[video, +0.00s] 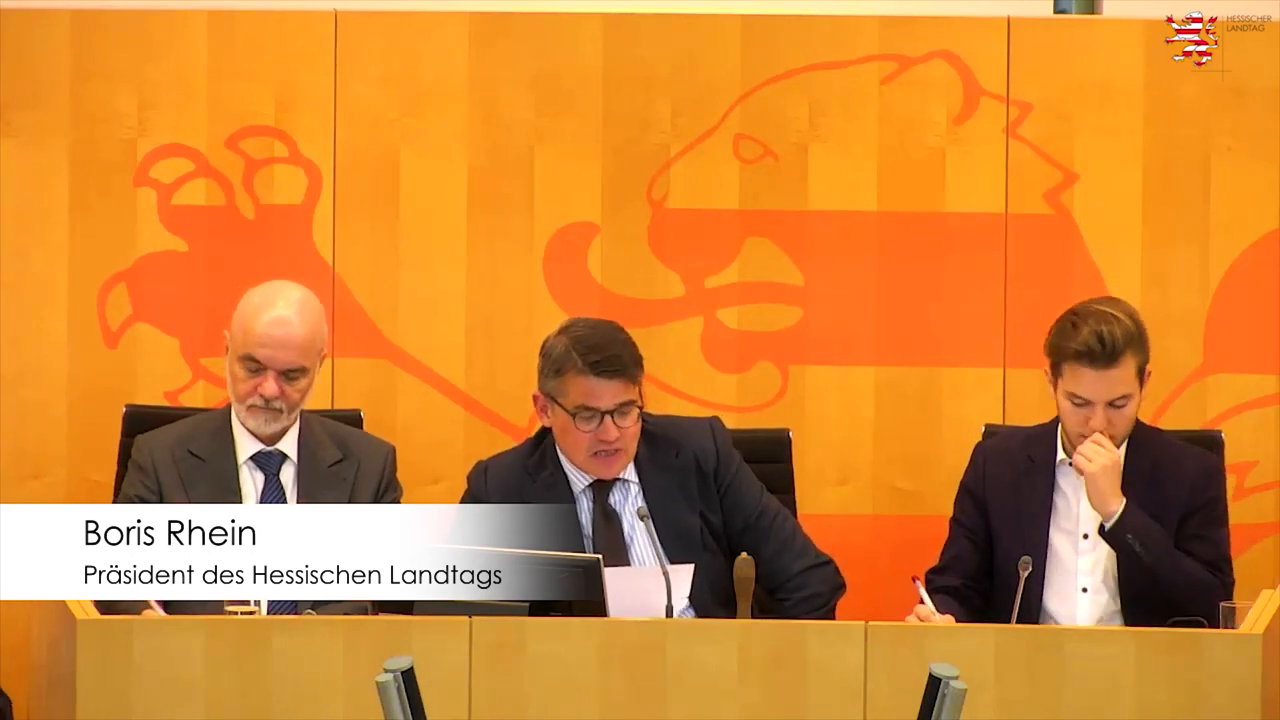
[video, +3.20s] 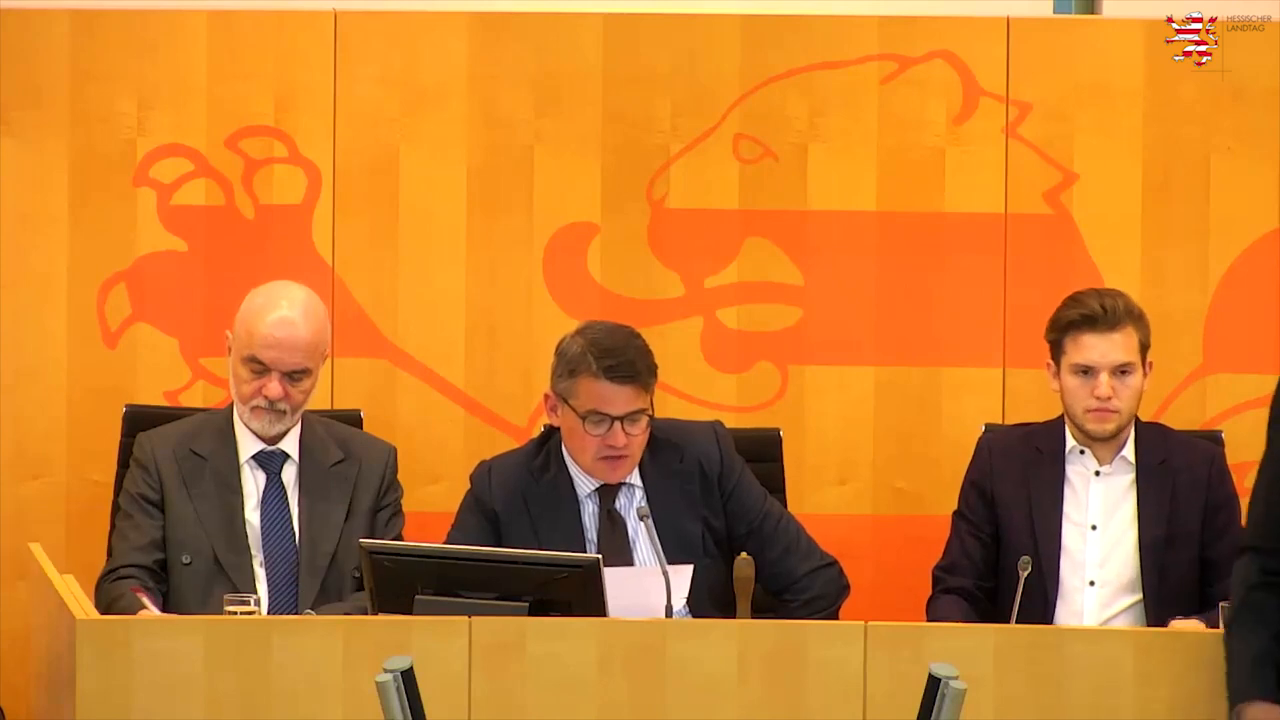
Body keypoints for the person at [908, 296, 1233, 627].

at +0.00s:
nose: (1098, 424)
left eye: (1119, 403)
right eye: (1079, 402)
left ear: (1143, 383)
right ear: (1052, 381)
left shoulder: (1191, 473)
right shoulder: (997, 460)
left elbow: (1211, 609)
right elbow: (955, 585)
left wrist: (1116, 509)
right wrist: (940, 618)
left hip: (1147, 677)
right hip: (1021, 672)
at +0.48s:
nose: (1113, 410)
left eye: (1129, 386)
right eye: (1091, 391)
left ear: (1146, 377)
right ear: (1056, 387)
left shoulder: (1205, 474)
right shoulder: (1008, 463)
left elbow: (1233, 606)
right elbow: (967, 586)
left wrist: (1122, 559)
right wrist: (940, 617)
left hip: (1154, 677)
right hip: (1027, 673)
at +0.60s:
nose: (1115, 406)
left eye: (1129, 382)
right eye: (1092, 387)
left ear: (1145, 374)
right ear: (1055, 387)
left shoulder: (1205, 472)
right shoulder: (1009, 464)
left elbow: (1245, 606)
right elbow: (968, 587)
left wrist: (1144, 598)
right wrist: (943, 614)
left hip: (1158, 685)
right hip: (1029, 680)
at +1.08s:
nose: (1100, 389)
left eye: (1118, 370)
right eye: (1081, 370)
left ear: (1146, 374)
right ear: (1056, 375)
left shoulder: (1199, 469)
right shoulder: (1003, 460)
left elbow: (1240, 601)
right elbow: (956, 583)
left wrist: (1175, 641)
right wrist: (945, 616)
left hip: (1159, 672)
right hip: (1030, 667)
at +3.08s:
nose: (1109, 394)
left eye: (1126, 375)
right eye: (1090, 375)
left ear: (1147, 375)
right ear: (1056, 374)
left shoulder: (1199, 465)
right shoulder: (1002, 457)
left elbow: (1237, 600)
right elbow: (957, 589)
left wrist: (1194, 636)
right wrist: (966, 659)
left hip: (1155, 677)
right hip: (1027, 672)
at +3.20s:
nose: (1104, 391)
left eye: (1122, 372)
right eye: (1085, 372)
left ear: (1145, 373)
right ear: (1054, 373)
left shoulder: (1198, 466)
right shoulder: (1002, 455)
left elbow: (1238, 600)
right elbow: (957, 589)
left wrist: (1204, 626)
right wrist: (960, 651)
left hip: (1154, 682)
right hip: (1027, 678)